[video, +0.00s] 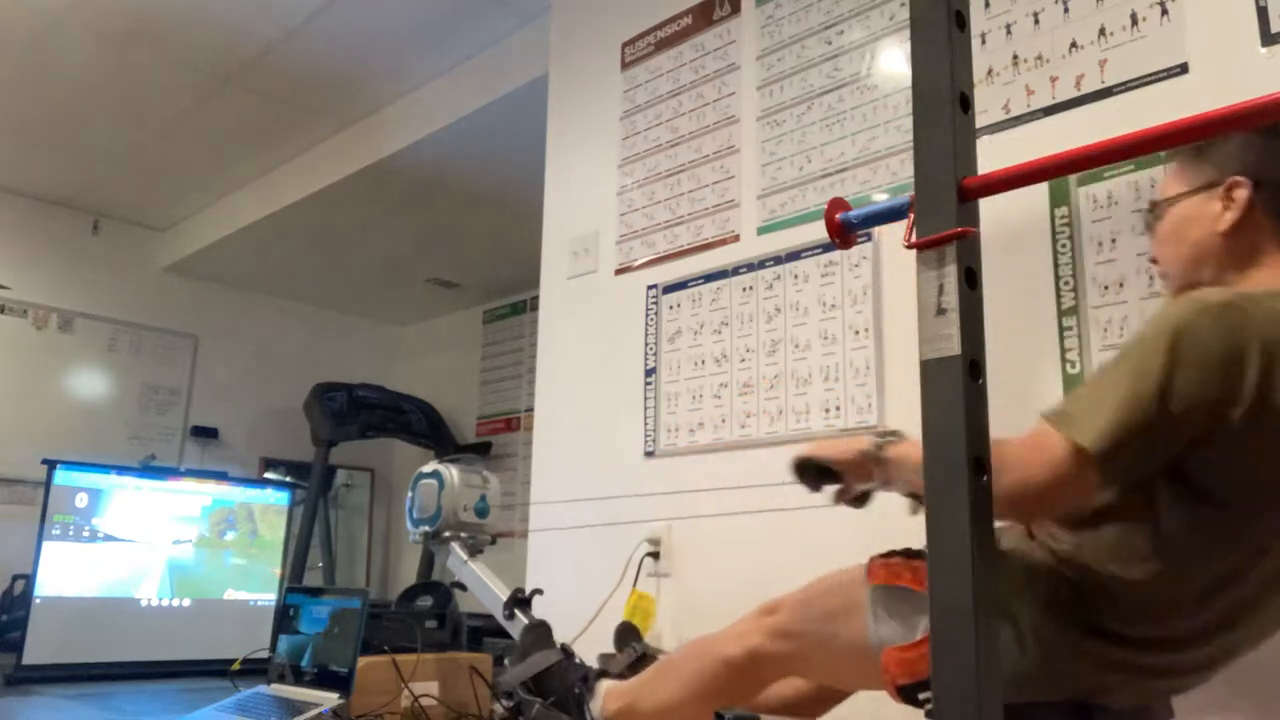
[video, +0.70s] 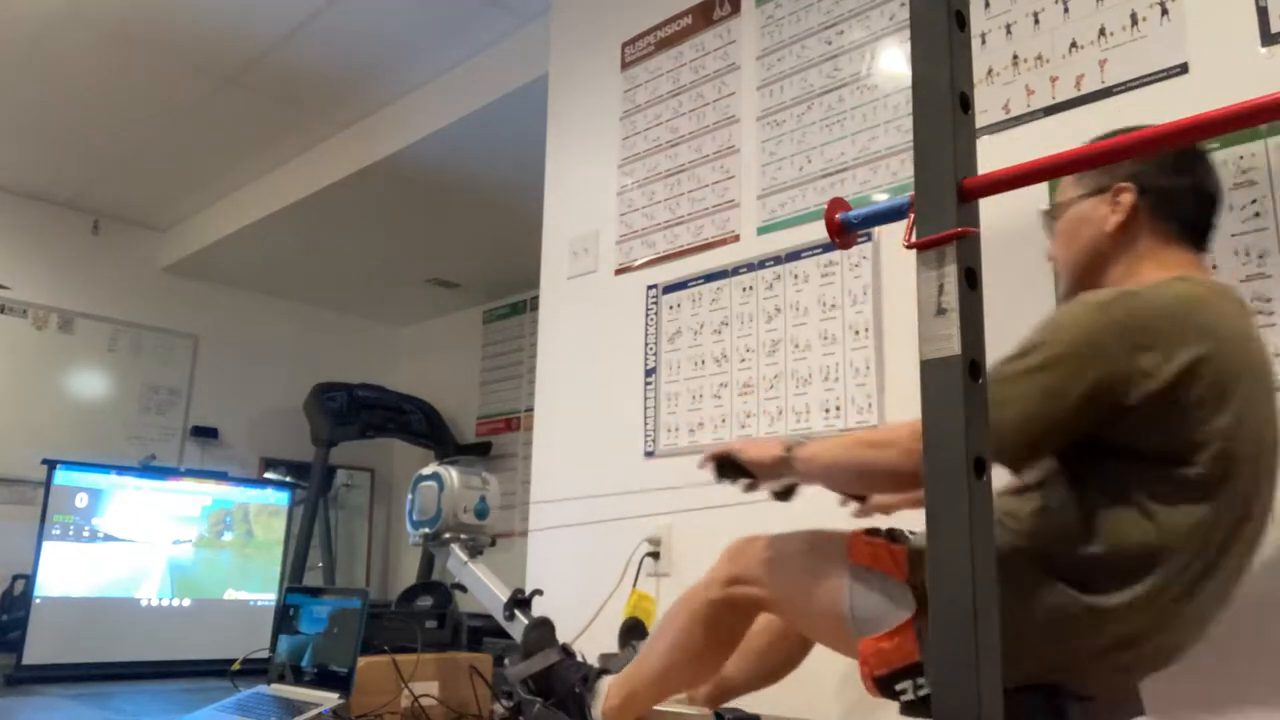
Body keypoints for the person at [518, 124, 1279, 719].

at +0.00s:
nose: (1150, 236)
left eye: (1164, 207)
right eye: (1152, 212)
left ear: (1234, 204)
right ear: (1240, 209)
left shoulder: (1215, 324)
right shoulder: (1260, 329)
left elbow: (1039, 473)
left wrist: (885, 458)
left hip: (1044, 621)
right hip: (1133, 662)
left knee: (779, 629)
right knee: (837, 667)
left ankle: (608, 705)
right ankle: (694, 709)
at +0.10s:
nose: (1165, 244)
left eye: (1177, 214)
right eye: (1166, 218)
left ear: (1249, 210)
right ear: (1252, 214)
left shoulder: (1240, 331)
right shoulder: (1259, 335)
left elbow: (1113, 524)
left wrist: (946, 474)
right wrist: (975, 492)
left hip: (1053, 627)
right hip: (1117, 651)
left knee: (780, 627)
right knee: (839, 650)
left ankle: (605, 705)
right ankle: (693, 713)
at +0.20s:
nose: (1153, 242)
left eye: (1167, 212)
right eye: (1155, 218)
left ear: (1239, 209)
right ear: (1241, 214)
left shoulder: (1253, 331)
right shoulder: (1244, 331)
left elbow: (1220, 567)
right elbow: (1217, 552)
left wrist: (1029, 503)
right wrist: (1036, 507)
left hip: (1072, 616)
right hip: (1085, 610)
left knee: (785, 623)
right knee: (833, 633)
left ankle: (605, 704)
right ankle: (670, 707)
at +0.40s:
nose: (1149, 243)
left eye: (1163, 214)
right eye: (1152, 219)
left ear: (1233, 214)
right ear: (1237, 218)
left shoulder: (1245, 342)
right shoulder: (1251, 336)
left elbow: (1187, 580)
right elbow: (1204, 569)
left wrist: (1011, 514)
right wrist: (1017, 523)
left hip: (1059, 625)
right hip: (1098, 632)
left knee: (784, 621)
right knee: (834, 634)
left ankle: (606, 703)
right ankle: (676, 709)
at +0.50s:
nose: (1138, 245)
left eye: (1151, 216)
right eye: (1142, 222)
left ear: (1220, 213)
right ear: (1229, 217)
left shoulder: (1218, 351)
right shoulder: (1262, 341)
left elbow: (1093, 546)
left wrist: (926, 493)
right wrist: (975, 515)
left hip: (1068, 642)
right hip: (1131, 650)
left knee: (784, 609)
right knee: (837, 623)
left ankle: (609, 704)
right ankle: (689, 707)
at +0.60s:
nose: (1104, 247)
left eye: (1115, 218)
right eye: (1106, 223)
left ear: (1182, 211)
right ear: (1206, 216)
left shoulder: (1185, 331)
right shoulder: (1266, 328)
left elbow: (995, 500)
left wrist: (849, 471)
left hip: (1034, 633)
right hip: (1119, 651)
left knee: (763, 593)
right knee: (824, 617)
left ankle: (613, 704)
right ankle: (700, 704)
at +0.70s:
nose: (1050, 235)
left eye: (1062, 209)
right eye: (1054, 214)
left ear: (1121, 206)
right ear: (1143, 210)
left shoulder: (1130, 319)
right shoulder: (1212, 316)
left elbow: (920, 454)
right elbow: (1056, 497)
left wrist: (783, 456)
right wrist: (910, 490)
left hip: (1045, 615)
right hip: (1109, 619)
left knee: (741, 568)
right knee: (809, 597)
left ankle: (610, 705)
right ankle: (688, 701)